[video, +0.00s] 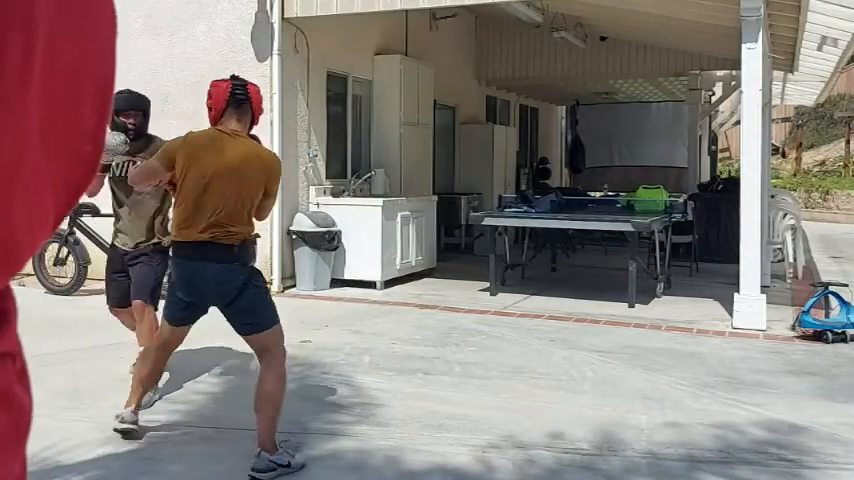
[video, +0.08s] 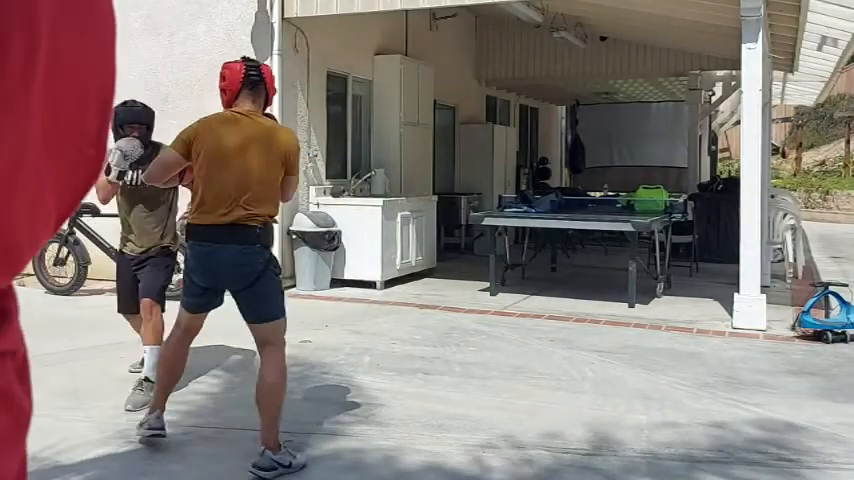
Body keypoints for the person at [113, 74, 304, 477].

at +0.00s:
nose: (258, 116)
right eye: (257, 110)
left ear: (213, 111)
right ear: (254, 113)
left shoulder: (185, 144)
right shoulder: (268, 161)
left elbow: (137, 179)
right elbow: (261, 211)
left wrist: (162, 174)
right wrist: (228, 182)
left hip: (185, 264)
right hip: (234, 267)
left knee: (164, 341)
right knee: (272, 355)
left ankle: (130, 410)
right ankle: (267, 453)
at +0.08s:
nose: (272, 98)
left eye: (226, 92)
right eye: (271, 92)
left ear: (226, 93)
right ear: (267, 93)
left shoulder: (203, 128)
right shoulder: (285, 137)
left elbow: (154, 177)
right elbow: (286, 193)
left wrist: (189, 172)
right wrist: (243, 178)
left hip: (202, 249)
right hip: (251, 252)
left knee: (183, 331)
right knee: (271, 347)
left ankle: (155, 414)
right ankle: (271, 449)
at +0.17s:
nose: (276, 86)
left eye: (233, 77)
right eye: (276, 81)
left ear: (233, 80)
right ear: (274, 83)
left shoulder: (207, 116)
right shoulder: (292, 123)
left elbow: (162, 169)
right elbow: (294, 183)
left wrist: (197, 167)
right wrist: (252, 168)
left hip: (209, 239)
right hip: (259, 241)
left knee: (200, 323)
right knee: (274, 342)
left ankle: (178, 416)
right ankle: (278, 447)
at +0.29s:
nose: (285, 91)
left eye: (241, 82)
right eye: (285, 85)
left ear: (241, 84)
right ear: (283, 86)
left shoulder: (217, 121)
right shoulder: (304, 127)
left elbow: (174, 174)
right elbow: (305, 188)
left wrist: (213, 173)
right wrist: (259, 181)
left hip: (230, 248)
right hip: (280, 246)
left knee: (228, 342)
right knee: (286, 357)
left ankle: (218, 421)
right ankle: (287, 459)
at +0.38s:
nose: (247, 106)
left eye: (246, 100)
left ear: (246, 101)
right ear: (287, 103)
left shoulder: (222, 141)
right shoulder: (309, 145)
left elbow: (191, 200)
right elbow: (310, 208)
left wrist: (222, 201)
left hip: (242, 265)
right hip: (292, 261)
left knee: (242, 356)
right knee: (296, 370)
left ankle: (234, 437)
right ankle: (288, 465)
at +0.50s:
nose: (286, 98)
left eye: (244, 91)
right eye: (289, 92)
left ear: (246, 90)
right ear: (288, 92)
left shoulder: (226, 130)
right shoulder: (313, 134)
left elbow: (198, 191)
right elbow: (315, 193)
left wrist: (227, 189)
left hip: (245, 255)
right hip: (296, 252)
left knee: (247, 340)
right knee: (295, 364)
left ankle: (232, 414)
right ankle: (291, 462)